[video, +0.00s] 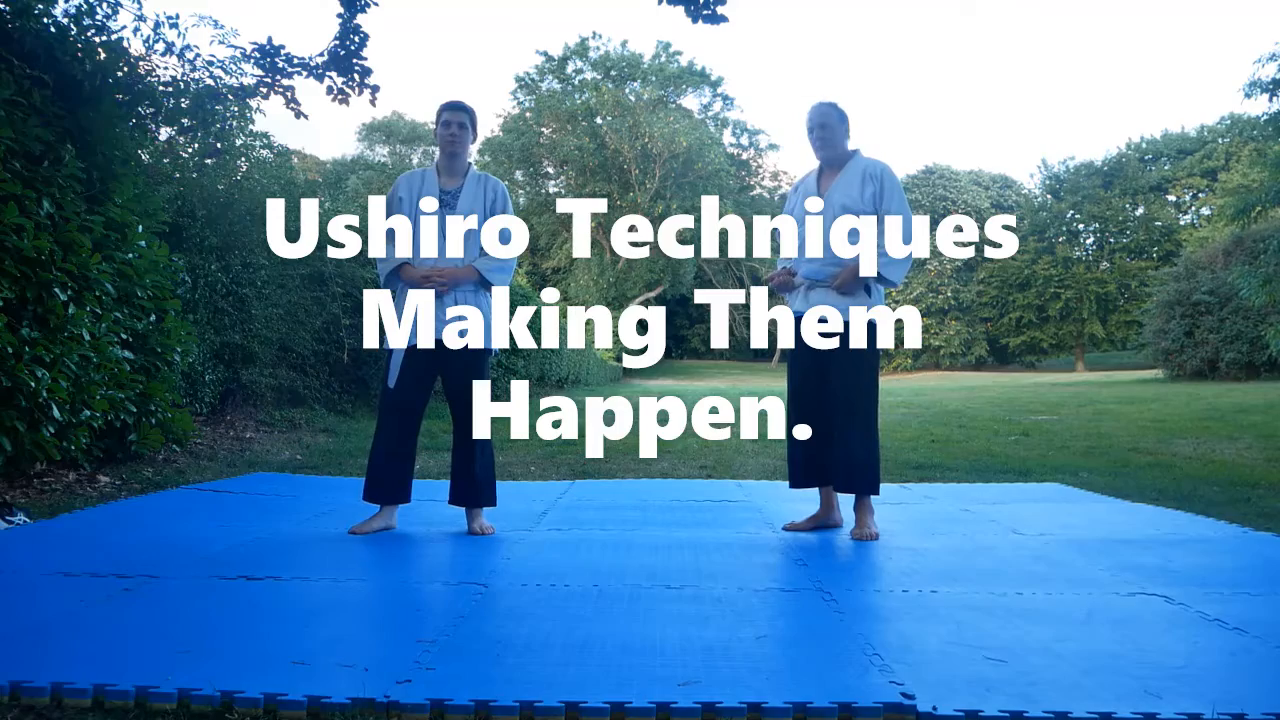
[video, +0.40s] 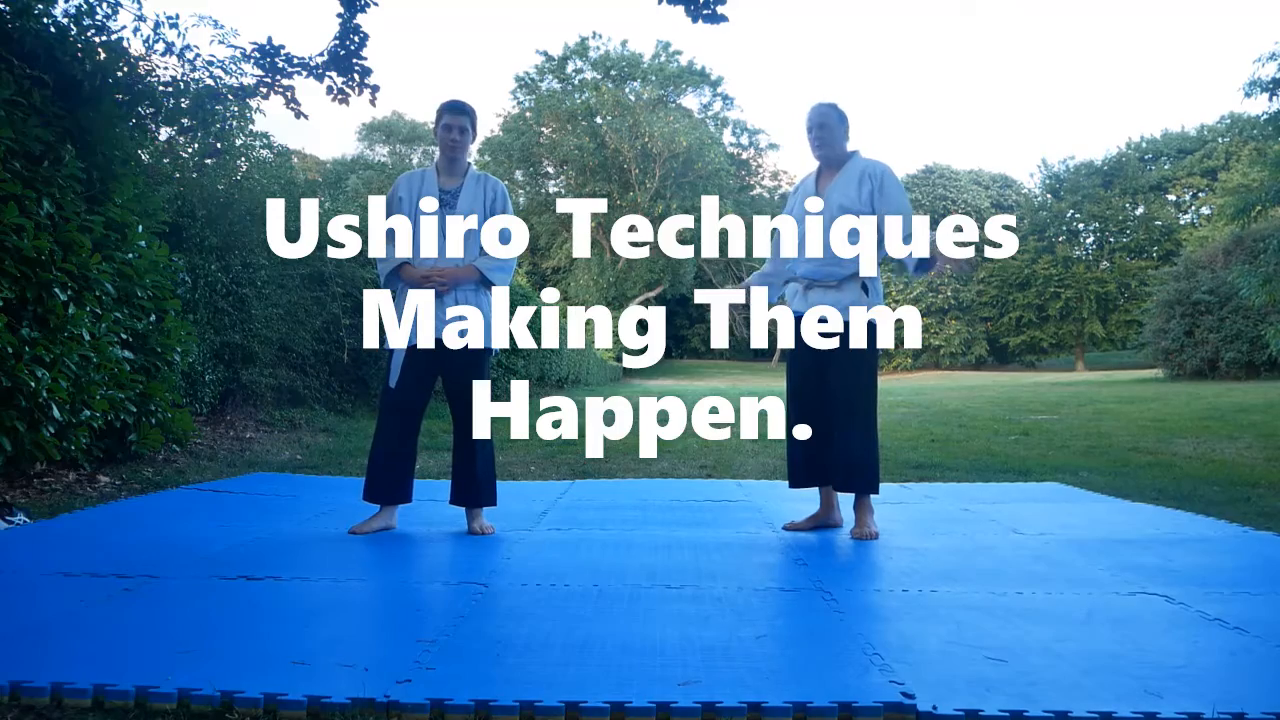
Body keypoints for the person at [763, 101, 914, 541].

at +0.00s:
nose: (818, 136)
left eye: (825, 128)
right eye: (812, 130)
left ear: (846, 131)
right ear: (806, 137)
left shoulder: (875, 174)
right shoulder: (799, 189)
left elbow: (898, 237)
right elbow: (789, 249)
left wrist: (857, 268)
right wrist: (782, 277)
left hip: (856, 311)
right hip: (807, 310)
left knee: (856, 408)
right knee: (812, 408)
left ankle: (864, 510)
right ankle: (828, 507)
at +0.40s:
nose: (816, 137)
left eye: (824, 129)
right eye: (810, 131)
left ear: (846, 130)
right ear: (806, 137)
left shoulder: (873, 175)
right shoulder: (801, 191)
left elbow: (902, 232)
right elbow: (782, 254)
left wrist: (923, 258)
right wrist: (753, 289)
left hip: (855, 309)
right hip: (806, 310)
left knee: (855, 408)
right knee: (812, 408)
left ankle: (863, 509)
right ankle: (828, 507)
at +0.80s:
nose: (813, 135)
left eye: (821, 128)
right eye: (808, 130)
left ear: (842, 132)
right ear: (803, 138)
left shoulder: (871, 175)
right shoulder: (797, 190)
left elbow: (892, 239)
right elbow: (779, 256)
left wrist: (878, 295)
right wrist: (772, 303)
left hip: (853, 305)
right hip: (803, 308)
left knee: (854, 406)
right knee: (811, 407)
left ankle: (864, 508)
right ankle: (827, 506)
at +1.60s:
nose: (797, 134)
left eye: (805, 126)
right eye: (792, 128)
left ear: (827, 127)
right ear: (787, 133)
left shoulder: (856, 171)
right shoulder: (786, 184)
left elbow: (877, 234)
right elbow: (770, 247)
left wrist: (882, 296)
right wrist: (759, 307)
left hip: (831, 304)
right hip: (785, 305)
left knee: (811, 405)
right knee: (796, 406)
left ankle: (793, 508)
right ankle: (828, 505)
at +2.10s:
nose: (771, 131)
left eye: (780, 122)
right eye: (768, 123)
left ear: (808, 122)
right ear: (768, 126)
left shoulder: (835, 165)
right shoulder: (767, 180)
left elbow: (850, 231)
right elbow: (750, 244)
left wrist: (829, 290)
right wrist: (726, 302)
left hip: (809, 307)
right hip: (761, 307)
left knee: (800, 408)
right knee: (741, 401)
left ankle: (792, 512)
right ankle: (782, 487)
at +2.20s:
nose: (767, 130)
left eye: (775, 122)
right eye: (764, 123)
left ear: (803, 121)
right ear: (766, 125)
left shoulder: (832, 165)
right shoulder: (763, 179)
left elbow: (848, 231)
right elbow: (746, 243)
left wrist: (825, 290)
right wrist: (726, 301)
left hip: (807, 306)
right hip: (757, 306)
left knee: (799, 410)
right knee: (735, 403)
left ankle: (791, 514)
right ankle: (751, 497)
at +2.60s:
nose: (738, 129)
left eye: (747, 121)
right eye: (734, 121)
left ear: (774, 123)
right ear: (732, 124)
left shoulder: (802, 169)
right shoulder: (721, 178)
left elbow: (822, 236)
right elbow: (700, 245)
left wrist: (832, 301)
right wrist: (678, 305)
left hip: (781, 305)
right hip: (725, 306)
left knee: (783, 411)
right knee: (711, 409)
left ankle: (789, 514)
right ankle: (699, 508)